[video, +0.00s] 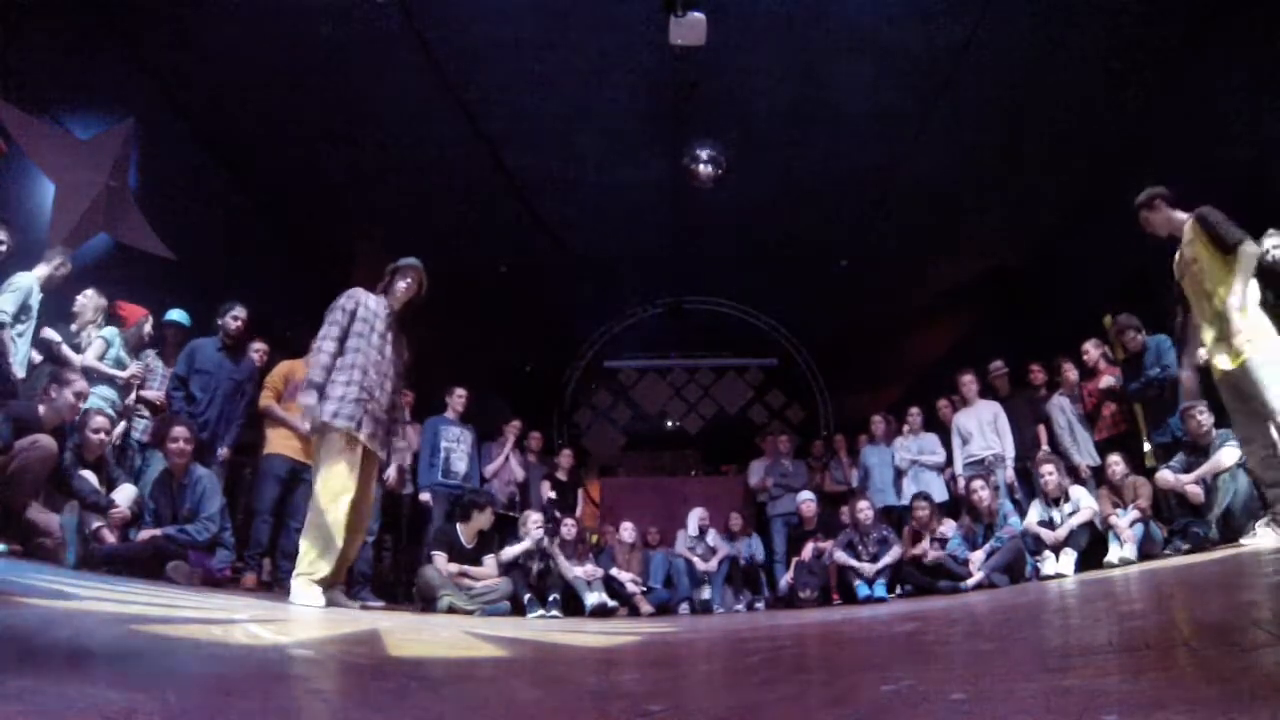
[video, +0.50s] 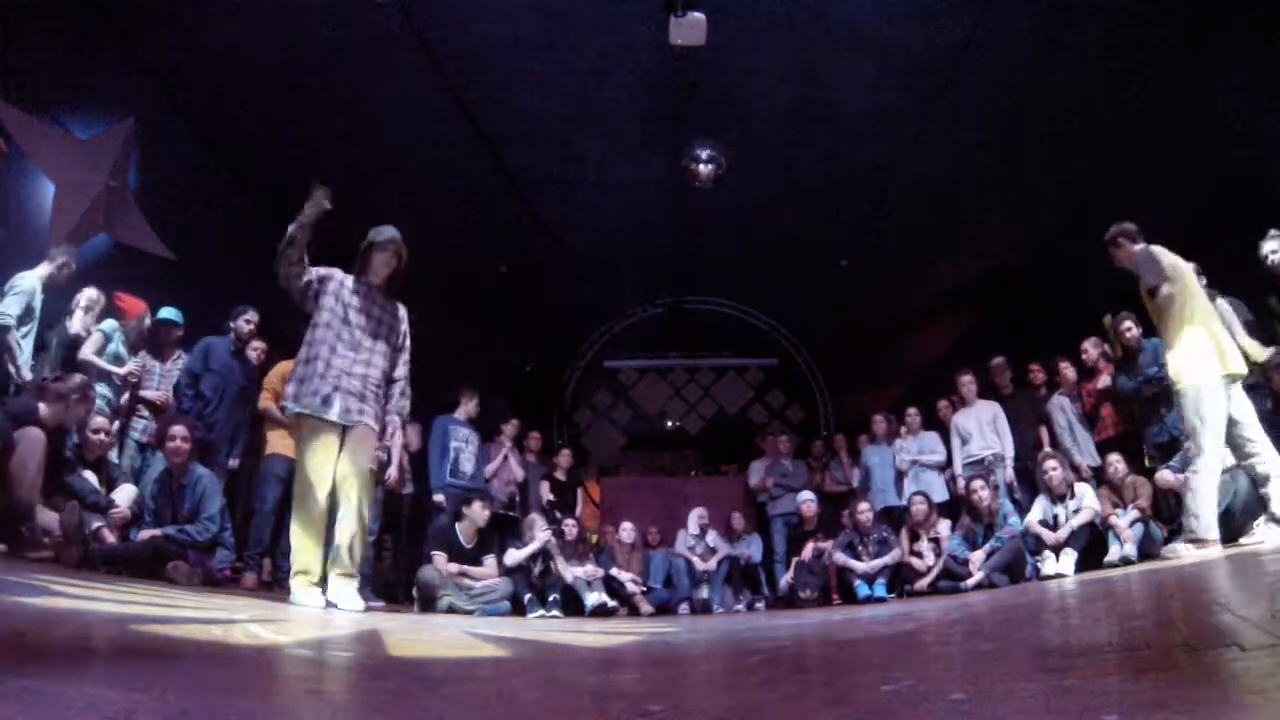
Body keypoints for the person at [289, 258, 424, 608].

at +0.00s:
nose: (408, 285)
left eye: (415, 283)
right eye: (405, 277)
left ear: (416, 294)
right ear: (390, 276)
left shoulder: (398, 341)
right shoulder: (358, 299)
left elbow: (396, 399)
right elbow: (325, 345)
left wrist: (398, 455)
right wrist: (310, 397)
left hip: (375, 427)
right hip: (343, 411)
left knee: (359, 509)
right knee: (333, 499)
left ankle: (333, 584)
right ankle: (306, 580)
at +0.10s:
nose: (406, 277)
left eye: (412, 275)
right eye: (402, 269)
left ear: (414, 285)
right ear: (386, 269)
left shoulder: (399, 333)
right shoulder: (353, 293)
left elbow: (400, 391)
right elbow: (315, 335)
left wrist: (410, 433)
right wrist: (307, 375)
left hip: (374, 421)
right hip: (338, 404)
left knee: (357, 506)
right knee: (328, 495)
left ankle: (334, 584)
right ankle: (306, 580)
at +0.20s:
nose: (403, 273)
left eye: (408, 270)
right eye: (399, 264)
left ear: (409, 279)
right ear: (381, 263)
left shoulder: (398, 323)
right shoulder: (345, 291)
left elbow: (404, 380)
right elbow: (308, 332)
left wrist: (409, 426)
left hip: (371, 420)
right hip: (330, 405)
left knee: (361, 499)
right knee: (323, 492)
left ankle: (336, 581)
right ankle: (305, 581)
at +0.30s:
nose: (397, 268)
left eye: (402, 265)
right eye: (392, 260)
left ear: (403, 273)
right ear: (375, 258)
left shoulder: (398, 318)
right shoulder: (339, 287)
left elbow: (405, 378)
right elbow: (306, 314)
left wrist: (406, 422)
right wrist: (300, 262)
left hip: (371, 415)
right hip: (327, 401)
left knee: (364, 494)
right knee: (318, 489)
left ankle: (339, 578)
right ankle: (305, 580)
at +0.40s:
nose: (394, 263)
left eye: (399, 260)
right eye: (390, 255)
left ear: (400, 267)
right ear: (371, 253)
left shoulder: (398, 315)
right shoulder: (335, 283)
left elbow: (403, 381)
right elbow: (297, 287)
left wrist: (399, 438)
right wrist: (297, 243)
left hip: (371, 412)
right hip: (324, 398)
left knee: (362, 490)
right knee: (314, 489)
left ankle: (340, 576)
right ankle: (303, 579)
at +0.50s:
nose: (387, 260)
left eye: (394, 256)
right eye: (383, 251)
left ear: (398, 265)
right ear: (366, 253)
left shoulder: (397, 314)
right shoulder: (331, 282)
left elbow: (400, 380)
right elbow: (290, 275)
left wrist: (394, 435)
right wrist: (304, 222)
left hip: (366, 410)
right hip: (317, 398)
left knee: (354, 493)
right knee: (313, 490)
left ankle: (344, 582)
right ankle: (304, 581)